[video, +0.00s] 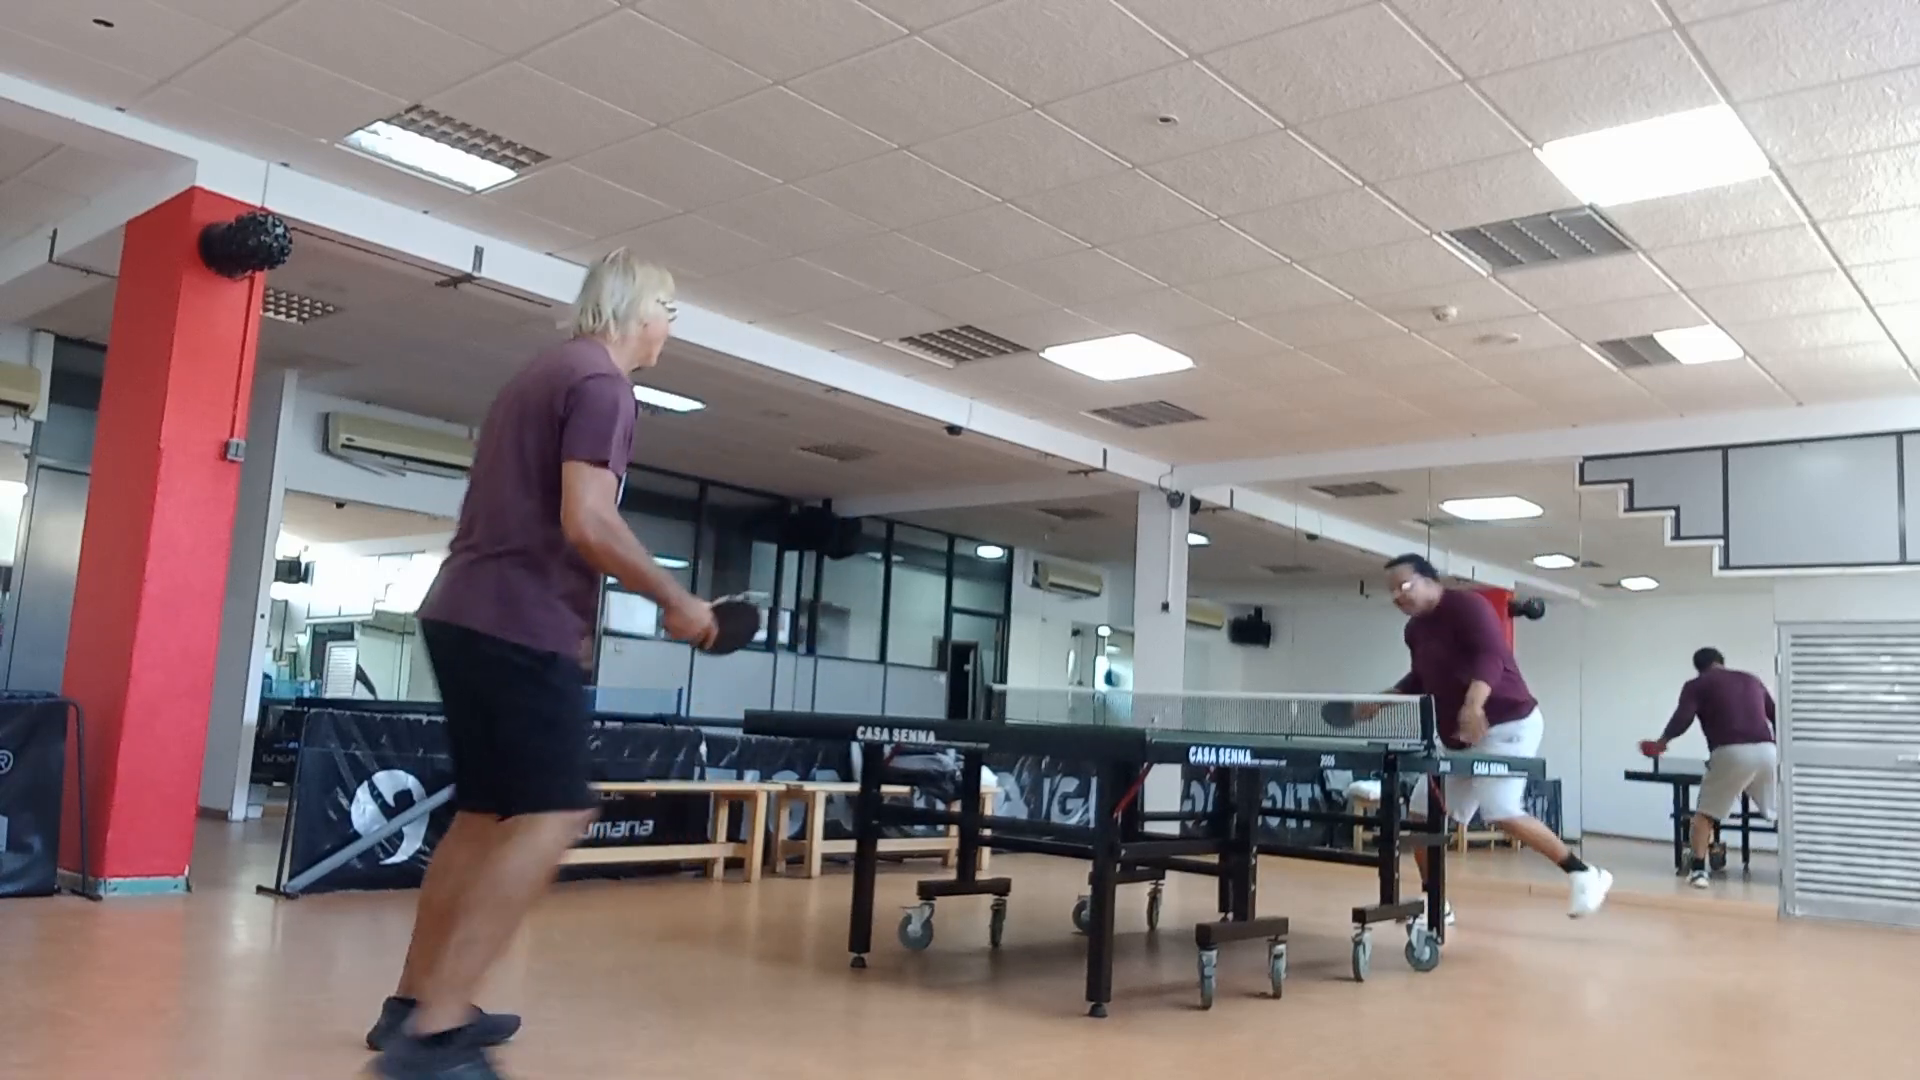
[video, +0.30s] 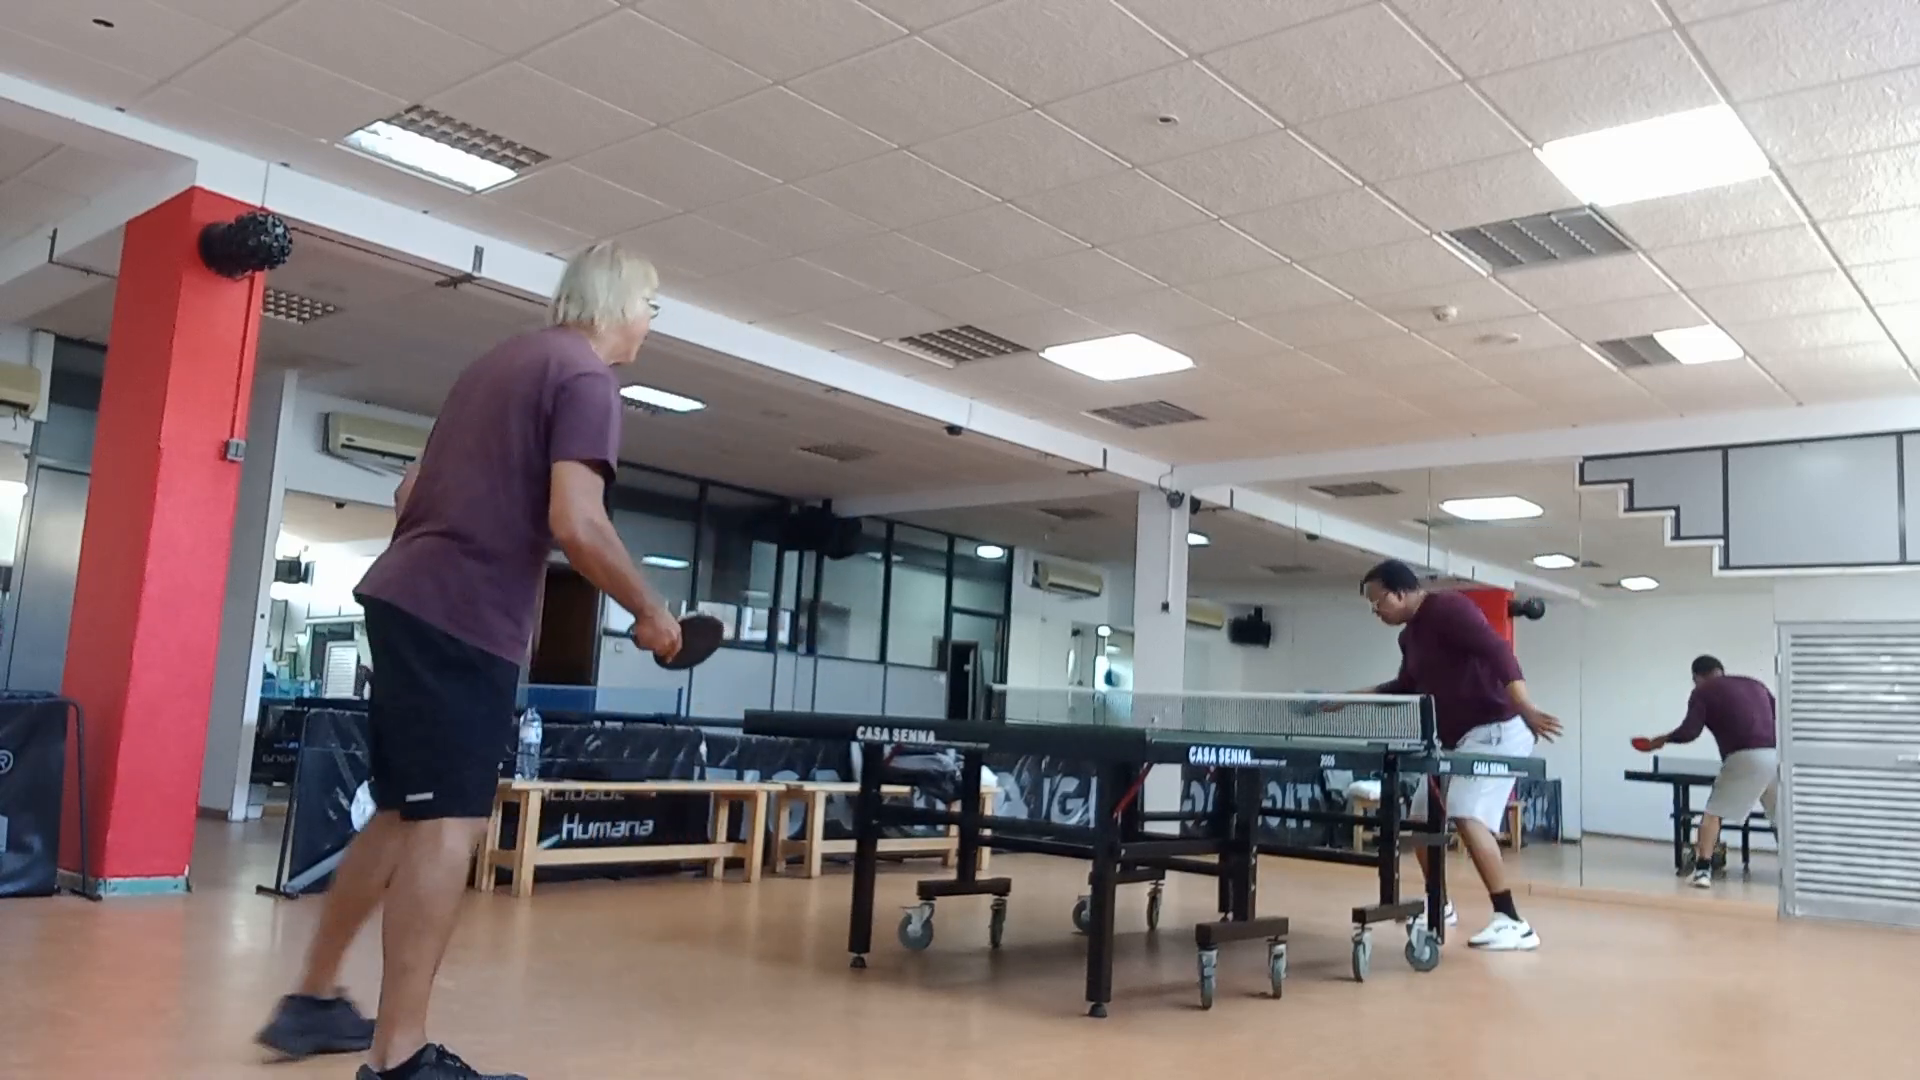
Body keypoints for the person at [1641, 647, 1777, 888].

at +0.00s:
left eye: (1699, 670)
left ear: (1698, 668)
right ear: (1722, 662)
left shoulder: (1696, 685)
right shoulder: (1751, 680)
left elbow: (1683, 718)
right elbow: (1777, 716)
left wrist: (1662, 742)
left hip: (1731, 754)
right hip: (1768, 752)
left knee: (1704, 815)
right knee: (1781, 813)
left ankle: (1699, 870)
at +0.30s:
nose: (1696, 686)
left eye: (1695, 681)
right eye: (1695, 682)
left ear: (1700, 677)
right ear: (1721, 670)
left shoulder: (1702, 692)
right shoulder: (1755, 684)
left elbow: (1690, 731)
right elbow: (1777, 715)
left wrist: (1663, 739)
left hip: (1746, 757)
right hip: (1777, 756)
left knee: (1713, 812)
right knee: (1784, 820)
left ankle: (1703, 870)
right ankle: (1795, 871)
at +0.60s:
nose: (1725, 676)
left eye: (1723, 672)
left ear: (1721, 670)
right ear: (1747, 666)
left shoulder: (1717, 689)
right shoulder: (1771, 683)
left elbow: (1702, 723)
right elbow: (1788, 711)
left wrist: (1712, 733)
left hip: (1748, 761)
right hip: (1781, 760)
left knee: (1716, 810)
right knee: (1788, 820)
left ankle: (1707, 859)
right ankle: (1798, 869)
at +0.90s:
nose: (1744, 665)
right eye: (1745, 662)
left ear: (1720, 660)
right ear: (1746, 660)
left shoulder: (1703, 681)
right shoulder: (1762, 680)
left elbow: (1687, 719)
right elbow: (1785, 712)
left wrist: (1700, 737)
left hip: (1719, 755)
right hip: (1757, 755)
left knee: (1699, 813)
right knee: (1779, 818)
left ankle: (1682, 867)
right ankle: (1798, 871)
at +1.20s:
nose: (1734, 664)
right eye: (1735, 660)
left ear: (1710, 660)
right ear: (1735, 659)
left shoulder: (1690, 681)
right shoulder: (1750, 678)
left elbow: (1675, 723)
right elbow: (1771, 717)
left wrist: (1687, 748)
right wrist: (1780, 744)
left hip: (1704, 751)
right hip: (1744, 751)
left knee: (1691, 812)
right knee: (1773, 814)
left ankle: (1681, 867)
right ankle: (1794, 867)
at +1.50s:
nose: (1745, 666)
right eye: (1746, 663)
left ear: (1719, 661)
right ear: (1744, 662)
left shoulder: (1699, 684)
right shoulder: (1759, 682)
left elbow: (1685, 726)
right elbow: (1782, 721)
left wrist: (1699, 751)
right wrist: (1790, 752)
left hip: (1711, 753)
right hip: (1750, 753)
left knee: (1699, 812)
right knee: (1778, 816)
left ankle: (1681, 867)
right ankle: (1794, 875)